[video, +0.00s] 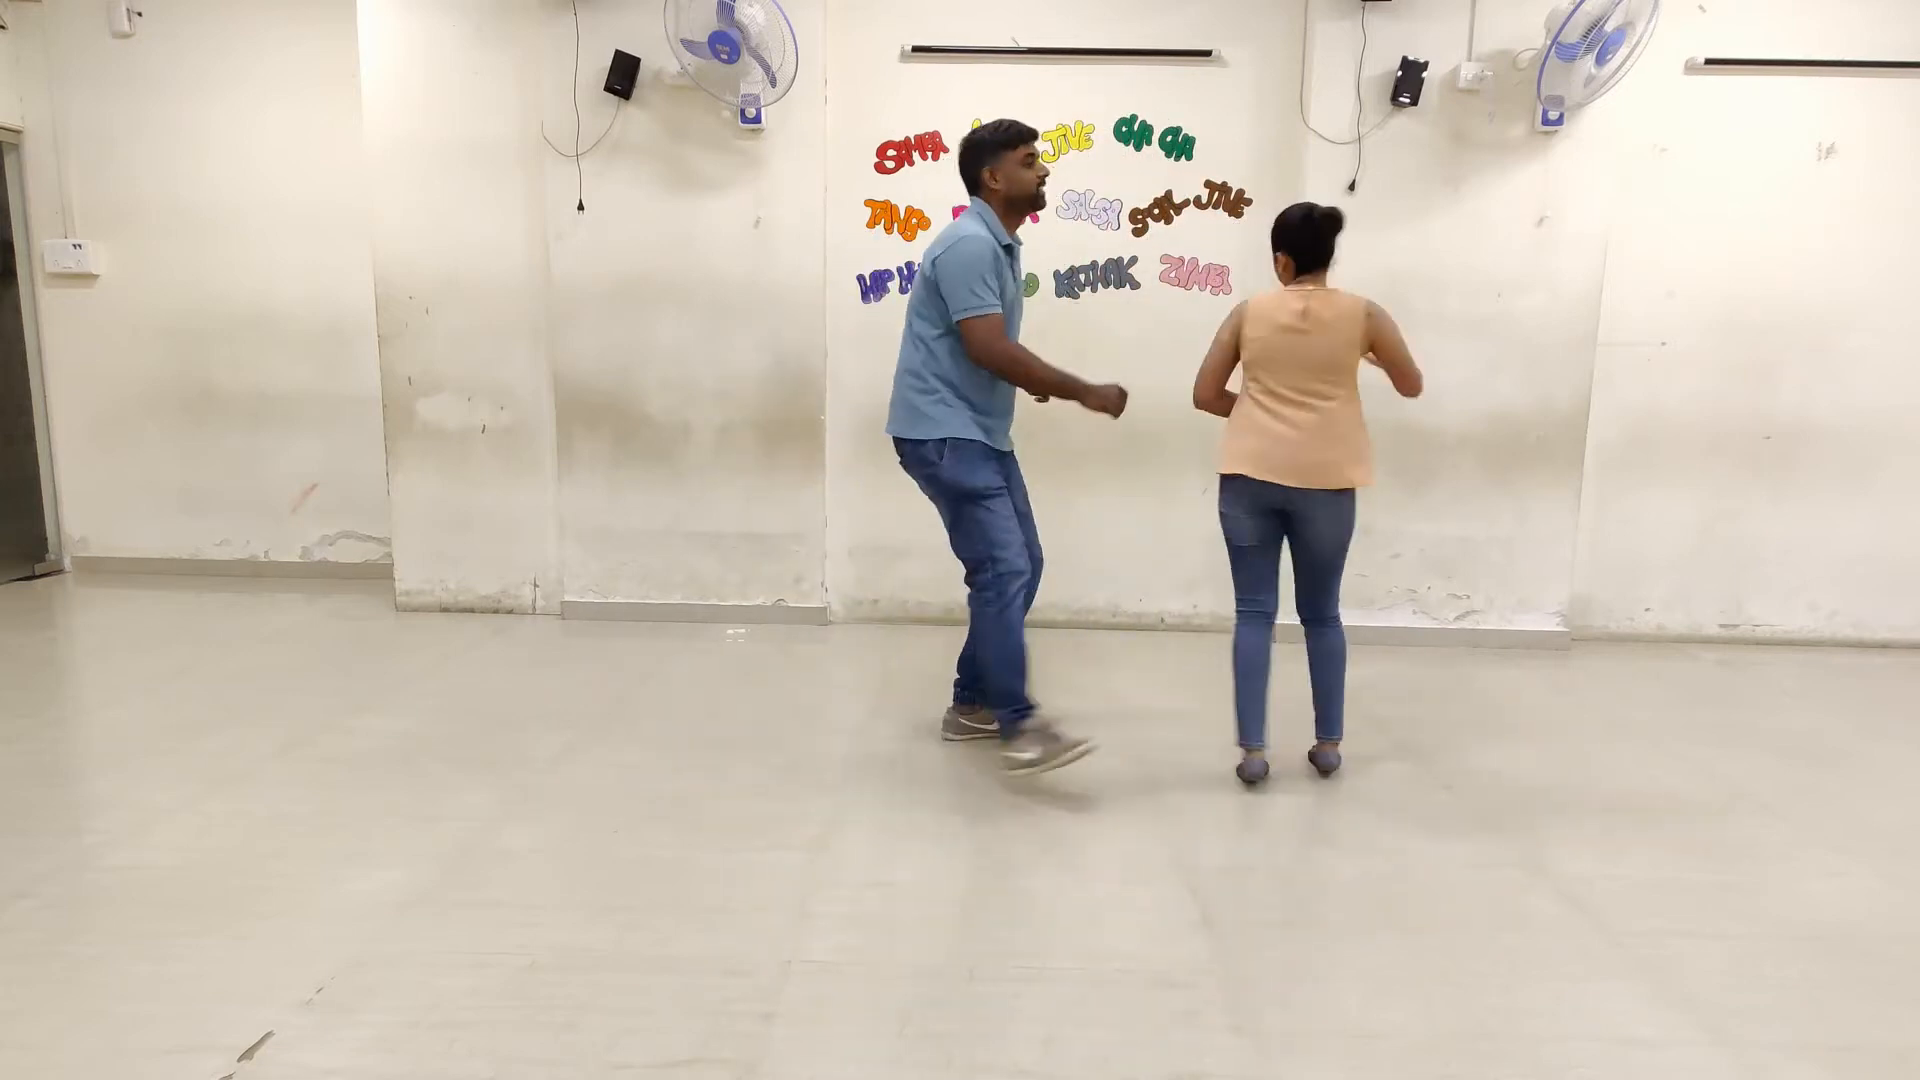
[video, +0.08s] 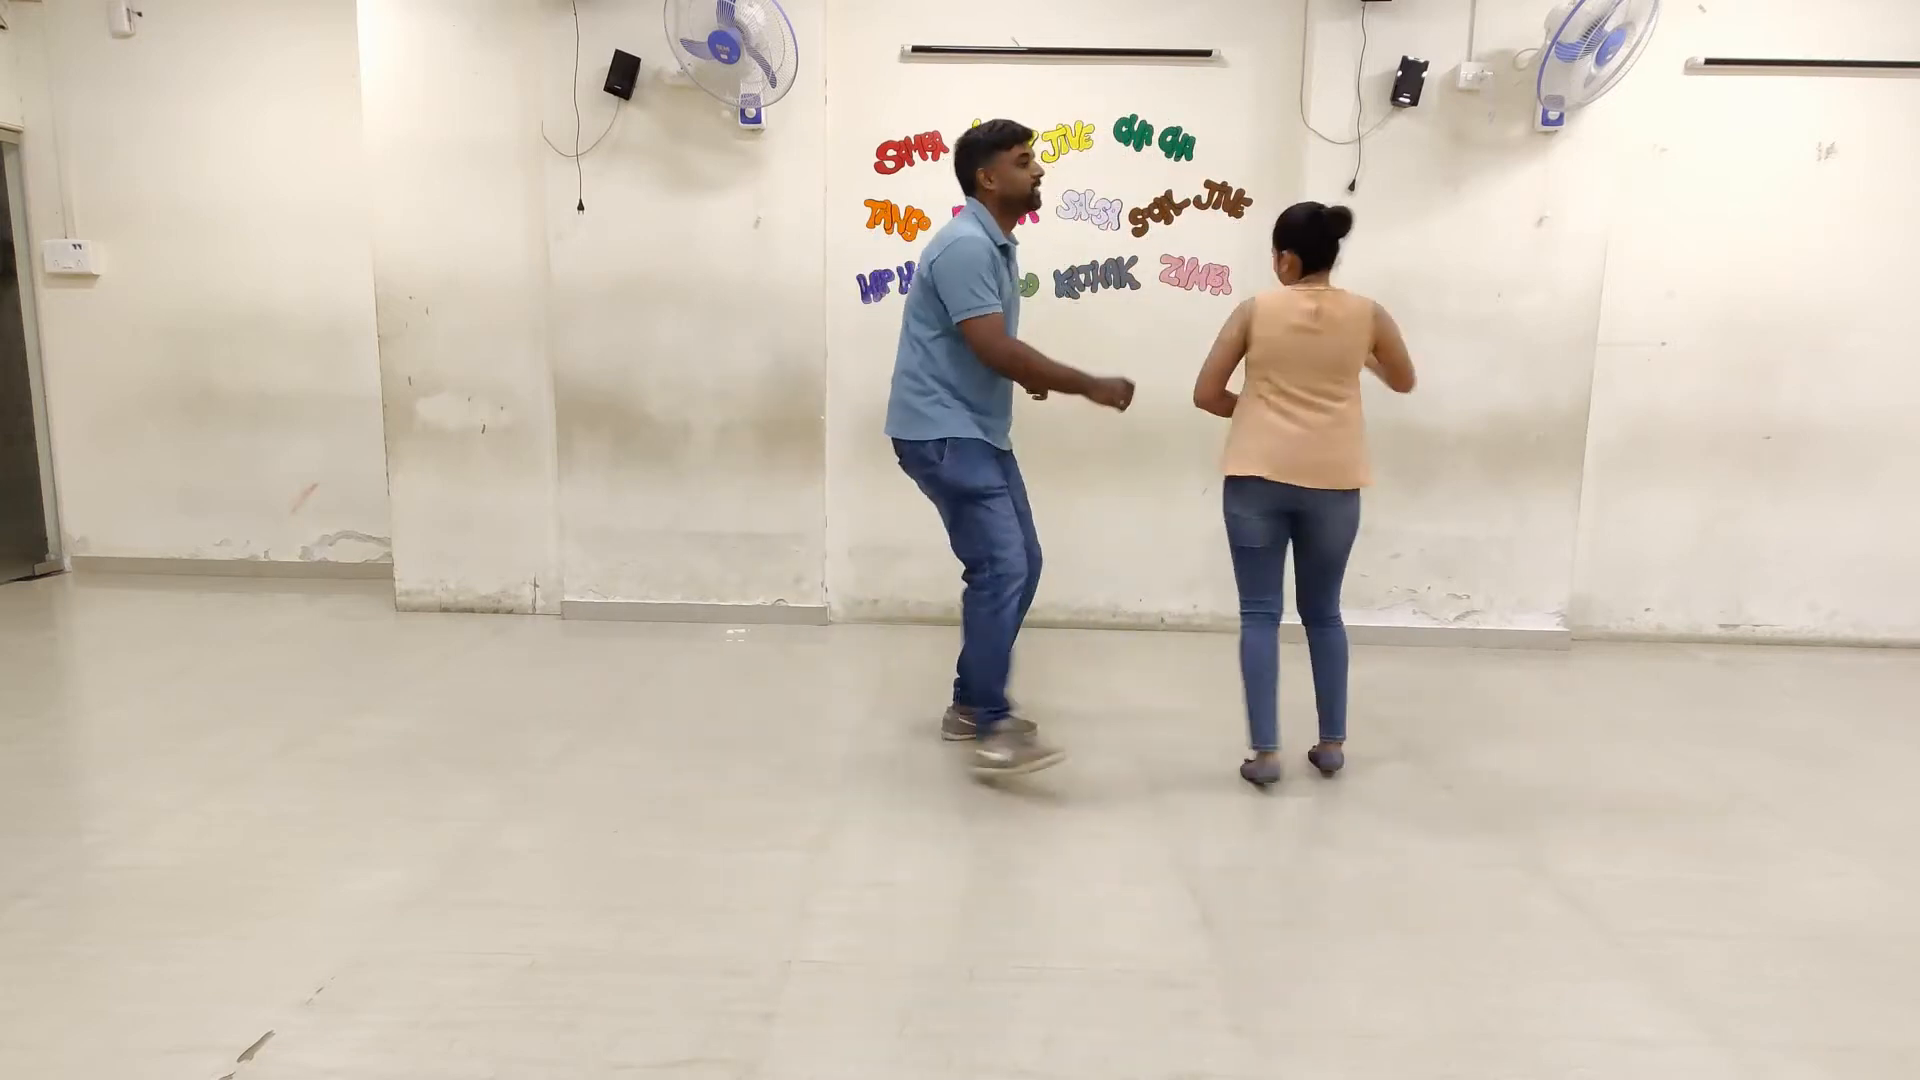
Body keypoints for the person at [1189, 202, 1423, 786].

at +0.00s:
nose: (1273, 262)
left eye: (1274, 254)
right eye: (1278, 253)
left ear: (1281, 258)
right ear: (1332, 256)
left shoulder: (1250, 312)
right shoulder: (1362, 315)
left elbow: (1206, 394)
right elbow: (1410, 383)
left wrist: (1258, 407)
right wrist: (1374, 351)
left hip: (1248, 477)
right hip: (1326, 483)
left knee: (1252, 611)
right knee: (1321, 611)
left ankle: (1252, 752)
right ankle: (1328, 745)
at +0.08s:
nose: (1273, 261)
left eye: (1275, 253)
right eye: (1277, 252)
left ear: (1286, 258)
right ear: (1332, 254)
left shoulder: (1255, 311)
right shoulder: (1367, 315)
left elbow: (1206, 393)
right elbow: (1403, 379)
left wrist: (1255, 404)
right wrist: (1360, 345)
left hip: (1255, 477)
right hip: (1333, 483)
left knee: (1259, 613)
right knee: (1323, 610)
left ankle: (1265, 754)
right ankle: (1331, 745)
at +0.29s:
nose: (1280, 273)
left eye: (1289, 263)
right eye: (1282, 261)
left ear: (1322, 267)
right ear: (1326, 269)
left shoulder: (1320, 320)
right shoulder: (1348, 316)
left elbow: (1293, 414)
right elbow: (1278, 386)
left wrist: (1265, 431)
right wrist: (1199, 382)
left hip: (1324, 494)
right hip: (1360, 494)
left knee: (1276, 626)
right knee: (1305, 621)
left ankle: (1320, 758)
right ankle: (1344, 743)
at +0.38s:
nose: (1280, 294)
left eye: (1290, 283)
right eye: (1282, 283)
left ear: (1325, 289)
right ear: (1318, 290)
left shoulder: (1349, 351)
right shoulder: (1303, 355)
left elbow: (1337, 449)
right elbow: (1240, 406)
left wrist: (1278, 462)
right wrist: (1158, 400)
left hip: (1358, 519)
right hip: (1338, 518)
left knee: (1270, 633)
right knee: (1286, 631)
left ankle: (1318, 761)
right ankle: (1343, 742)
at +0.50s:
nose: (1279, 281)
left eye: (1290, 270)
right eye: (1282, 271)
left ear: (1327, 277)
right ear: (1318, 278)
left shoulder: (1364, 342)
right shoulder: (1296, 348)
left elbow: (1373, 441)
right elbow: (1227, 397)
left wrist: (1304, 462)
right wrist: (1147, 383)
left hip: (1384, 509)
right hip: (1339, 509)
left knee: (1306, 621)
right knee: (1304, 621)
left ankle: (1325, 761)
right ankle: (1345, 742)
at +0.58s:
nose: (1281, 268)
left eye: (1292, 257)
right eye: (1283, 258)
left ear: (1329, 262)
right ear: (1320, 264)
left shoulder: (1363, 326)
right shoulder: (1297, 333)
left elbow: (1376, 426)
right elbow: (1226, 381)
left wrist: (1308, 451)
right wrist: (1148, 364)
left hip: (1395, 495)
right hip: (1353, 498)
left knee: (1333, 616)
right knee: (1328, 615)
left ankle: (1327, 759)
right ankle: (1348, 742)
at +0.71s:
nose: (1283, 265)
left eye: (1293, 253)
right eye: (1285, 254)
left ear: (1331, 256)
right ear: (1323, 257)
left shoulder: (1360, 323)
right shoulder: (1298, 324)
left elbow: (1361, 425)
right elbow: (1218, 354)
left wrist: (1306, 448)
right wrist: (1137, 330)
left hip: (1398, 492)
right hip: (1358, 494)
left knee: (1355, 624)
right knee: (1350, 620)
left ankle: (1330, 760)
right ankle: (1353, 743)